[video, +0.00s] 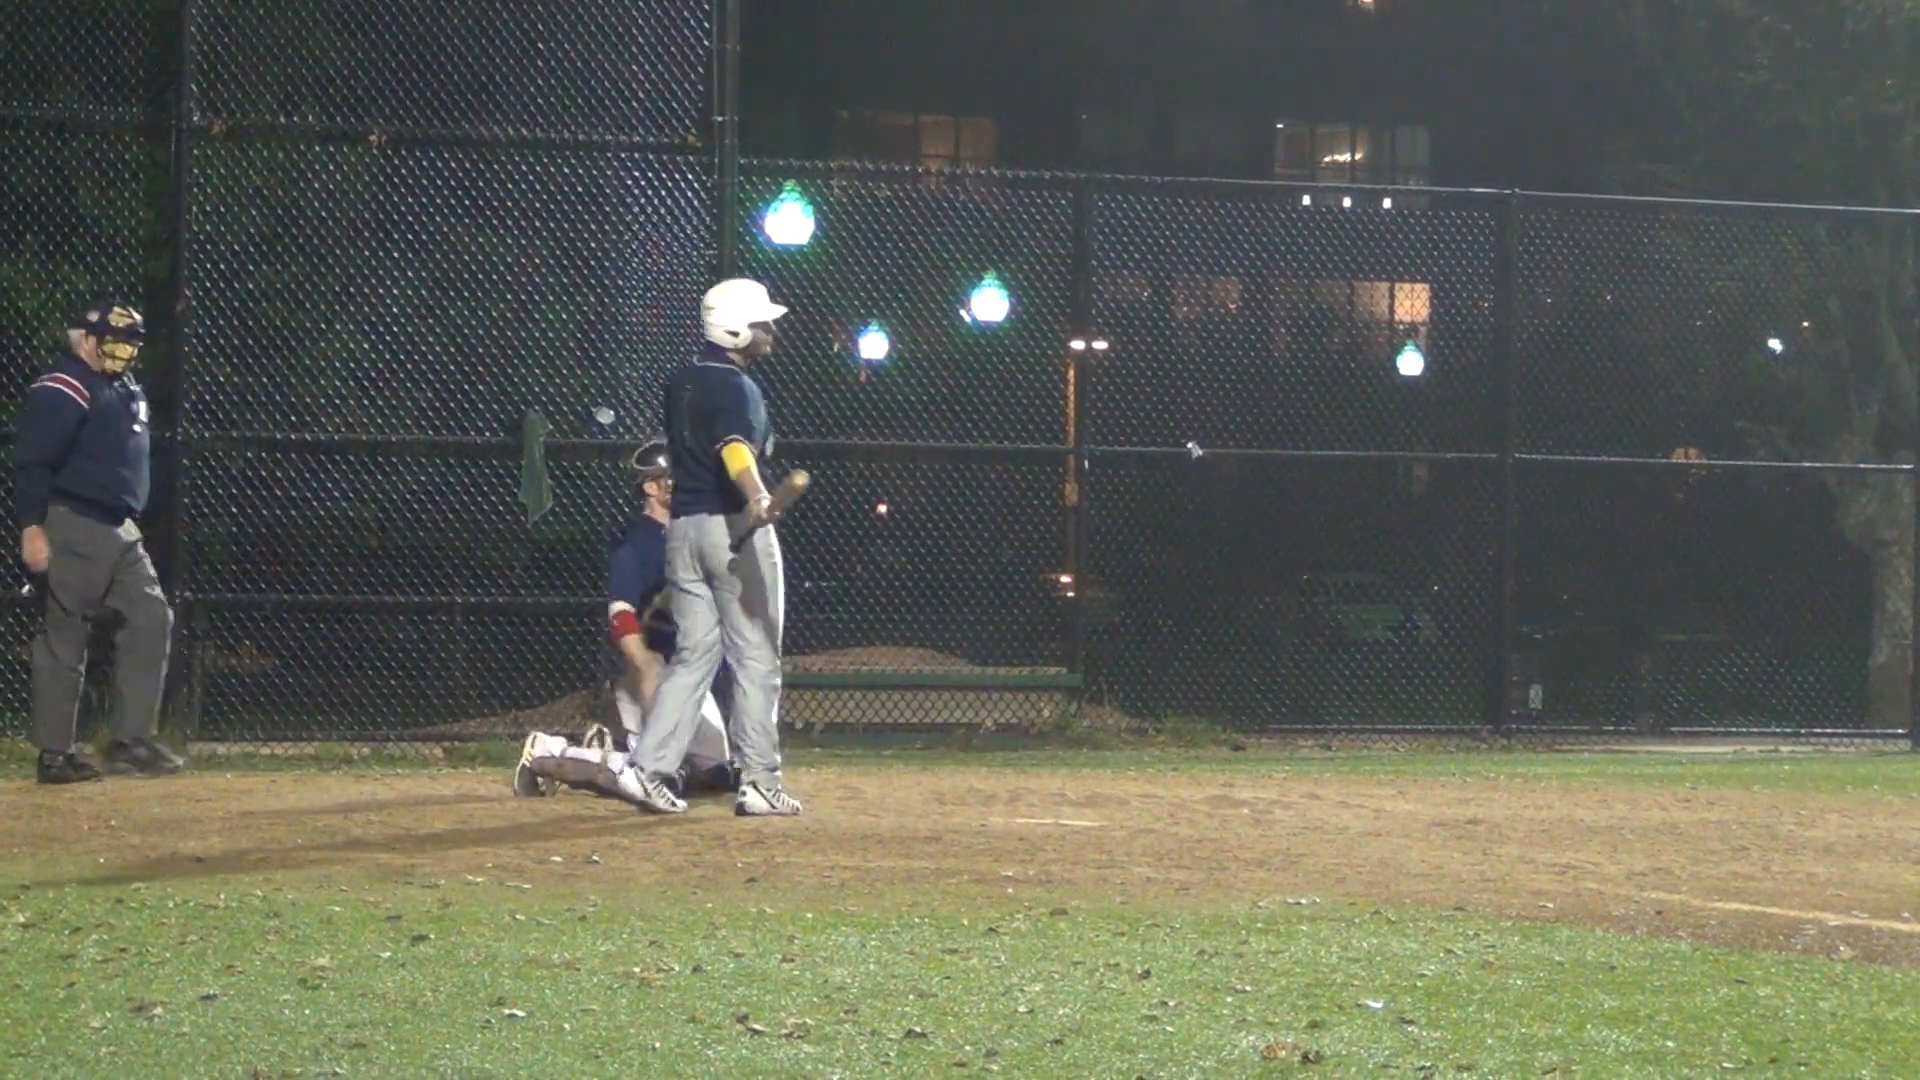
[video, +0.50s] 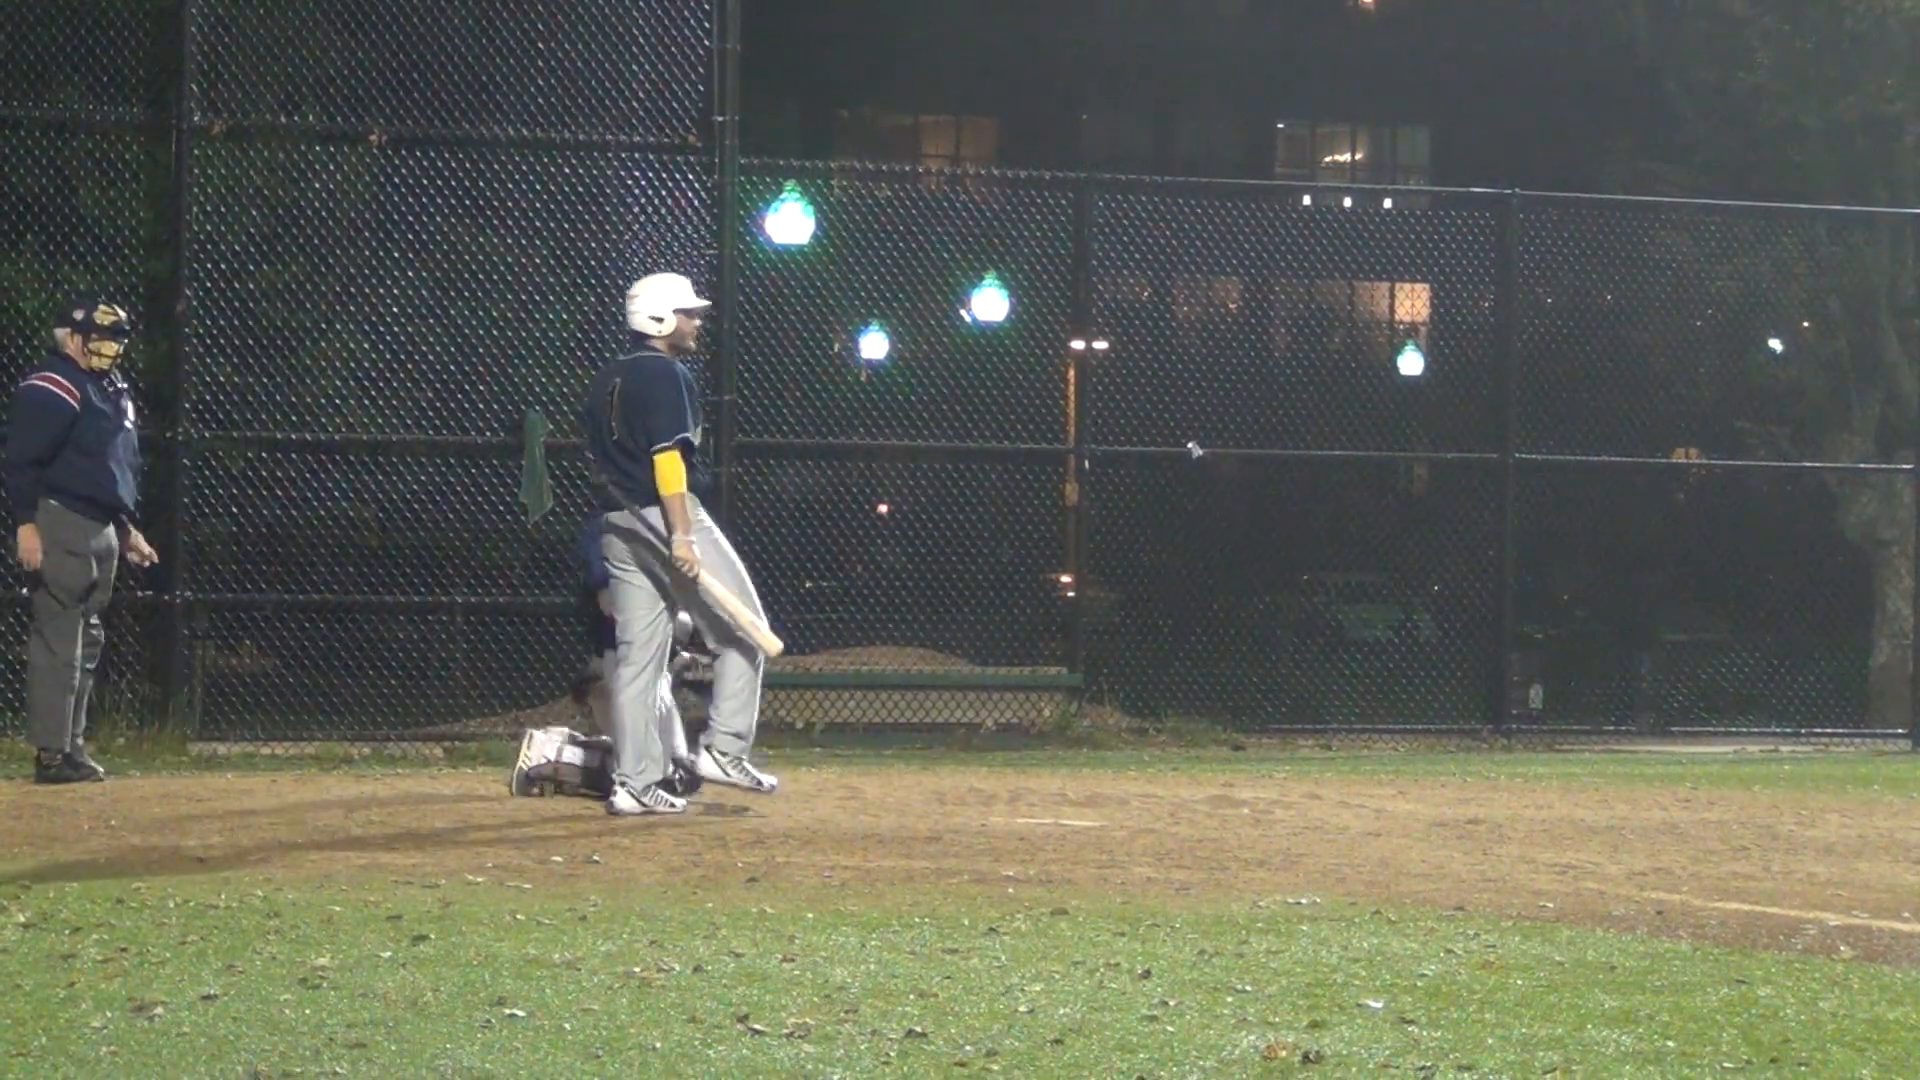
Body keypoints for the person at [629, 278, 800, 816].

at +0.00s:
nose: (773, 333)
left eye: (771, 324)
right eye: (766, 325)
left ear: (721, 330)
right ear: (742, 331)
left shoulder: (681, 381)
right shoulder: (736, 385)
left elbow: (681, 452)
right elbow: (735, 453)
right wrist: (760, 497)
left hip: (685, 527)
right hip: (733, 526)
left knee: (695, 652)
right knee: (756, 656)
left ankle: (650, 769)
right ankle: (759, 784)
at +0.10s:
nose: (755, 333)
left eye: (753, 324)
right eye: (747, 326)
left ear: (702, 331)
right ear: (721, 331)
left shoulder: (668, 380)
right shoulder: (718, 385)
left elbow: (672, 450)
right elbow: (717, 450)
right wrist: (740, 494)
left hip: (667, 530)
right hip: (714, 529)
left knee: (678, 653)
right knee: (742, 657)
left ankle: (642, 781)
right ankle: (761, 784)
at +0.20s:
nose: (737, 332)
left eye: (734, 323)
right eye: (727, 324)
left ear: (688, 333)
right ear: (701, 331)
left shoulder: (655, 382)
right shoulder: (699, 384)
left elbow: (637, 465)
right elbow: (700, 452)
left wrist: (643, 517)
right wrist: (721, 504)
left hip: (648, 530)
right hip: (695, 528)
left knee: (657, 658)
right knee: (731, 656)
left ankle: (638, 785)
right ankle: (762, 781)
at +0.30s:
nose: (722, 327)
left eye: (720, 319)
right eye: (713, 319)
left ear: (677, 327)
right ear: (685, 325)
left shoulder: (636, 379)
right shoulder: (683, 376)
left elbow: (628, 458)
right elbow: (683, 448)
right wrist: (702, 512)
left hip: (637, 526)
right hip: (684, 525)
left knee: (644, 655)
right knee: (728, 651)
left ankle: (636, 784)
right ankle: (758, 777)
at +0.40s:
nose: (709, 326)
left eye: (707, 317)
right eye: (701, 317)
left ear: (666, 324)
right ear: (672, 322)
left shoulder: (626, 375)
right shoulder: (671, 372)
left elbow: (620, 456)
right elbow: (672, 451)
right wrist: (686, 524)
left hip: (628, 523)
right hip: (676, 522)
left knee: (641, 651)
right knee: (739, 636)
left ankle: (636, 782)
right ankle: (741, 763)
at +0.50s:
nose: (699, 324)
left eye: (696, 315)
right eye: (690, 316)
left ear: (651, 323)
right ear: (661, 322)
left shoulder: (610, 377)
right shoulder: (663, 373)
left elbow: (602, 456)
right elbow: (668, 456)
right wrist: (682, 534)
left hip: (621, 523)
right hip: (671, 520)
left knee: (638, 651)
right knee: (744, 629)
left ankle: (635, 782)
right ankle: (726, 751)